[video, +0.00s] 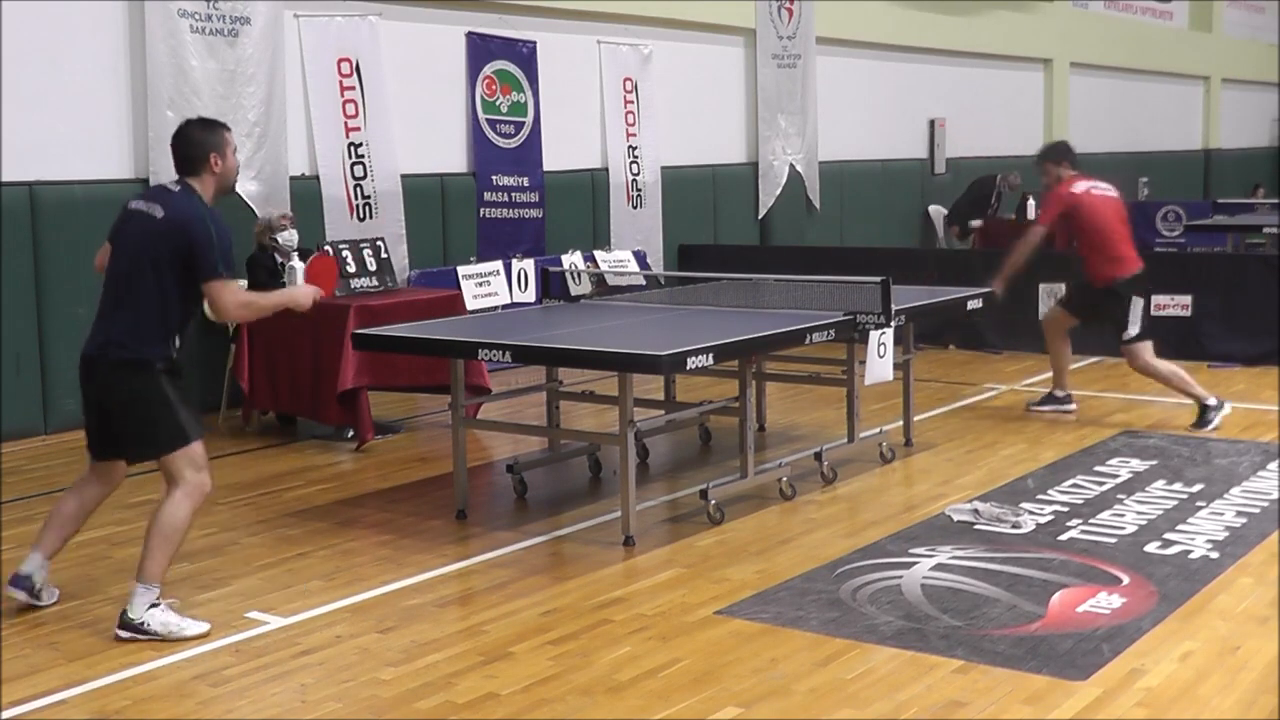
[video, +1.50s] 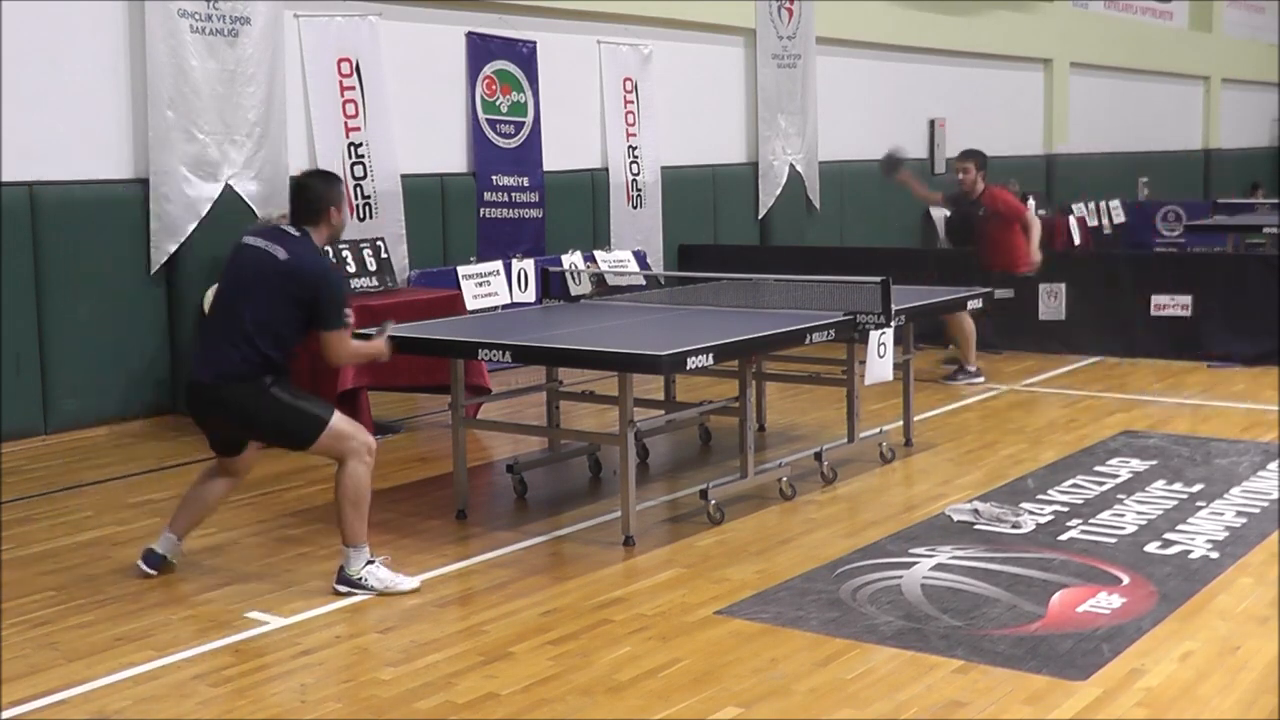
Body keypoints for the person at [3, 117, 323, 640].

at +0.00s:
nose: (237, 162)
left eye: (234, 152)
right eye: (233, 154)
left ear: (184, 161)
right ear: (216, 162)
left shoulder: (144, 201)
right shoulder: (202, 221)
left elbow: (104, 263)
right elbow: (227, 306)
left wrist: (171, 284)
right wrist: (288, 298)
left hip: (100, 362)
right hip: (139, 369)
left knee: (105, 472)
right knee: (192, 480)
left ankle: (31, 572)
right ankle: (143, 605)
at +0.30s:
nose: (260, 175)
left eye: (258, 165)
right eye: (258, 167)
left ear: (209, 171)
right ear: (243, 172)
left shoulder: (173, 208)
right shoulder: (223, 226)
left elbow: (175, 288)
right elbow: (224, 316)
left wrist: (230, 328)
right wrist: (279, 335)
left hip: (115, 361)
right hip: (154, 368)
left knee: (129, 461)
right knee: (249, 463)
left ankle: (80, 560)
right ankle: (237, 593)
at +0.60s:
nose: (231, 178)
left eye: (233, 172)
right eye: (232, 171)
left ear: (185, 156)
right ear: (218, 165)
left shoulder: (127, 168)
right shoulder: (214, 199)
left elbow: (66, 208)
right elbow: (217, 258)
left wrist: (99, 251)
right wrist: (237, 227)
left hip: (87, 323)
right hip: (137, 326)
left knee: (104, 436)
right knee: (160, 439)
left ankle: (88, 552)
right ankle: (171, 569)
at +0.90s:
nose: (193, 150)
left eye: (192, 141)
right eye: (191, 142)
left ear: (145, 141)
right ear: (175, 143)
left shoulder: (96, 171)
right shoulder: (177, 196)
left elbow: (35, 203)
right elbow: (182, 276)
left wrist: (19, 178)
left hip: (81, 332)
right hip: (133, 337)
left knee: (85, 433)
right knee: (189, 438)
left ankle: (49, 533)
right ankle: (179, 559)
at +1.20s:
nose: (249, 145)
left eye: (247, 136)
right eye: (246, 137)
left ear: (200, 141)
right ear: (230, 142)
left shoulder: (158, 179)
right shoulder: (231, 195)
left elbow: (126, 246)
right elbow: (249, 275)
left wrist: (151, 289)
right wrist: (293, 300)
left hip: (137, 332)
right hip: (186, 338)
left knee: (149, 424)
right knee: (257, 433)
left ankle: (107, 527)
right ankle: (203, 538)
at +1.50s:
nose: (347, 215)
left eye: (347, 207)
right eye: (345, 208)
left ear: (296, 208)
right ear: (332, 214)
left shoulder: (257, 236)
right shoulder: (323, 270)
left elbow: (232, 302)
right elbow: (337, 352)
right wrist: (377, 348)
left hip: (203, 385)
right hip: (249, 390)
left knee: (232, 464)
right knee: (358, 447)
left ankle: (163, 549)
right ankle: (357, 565)